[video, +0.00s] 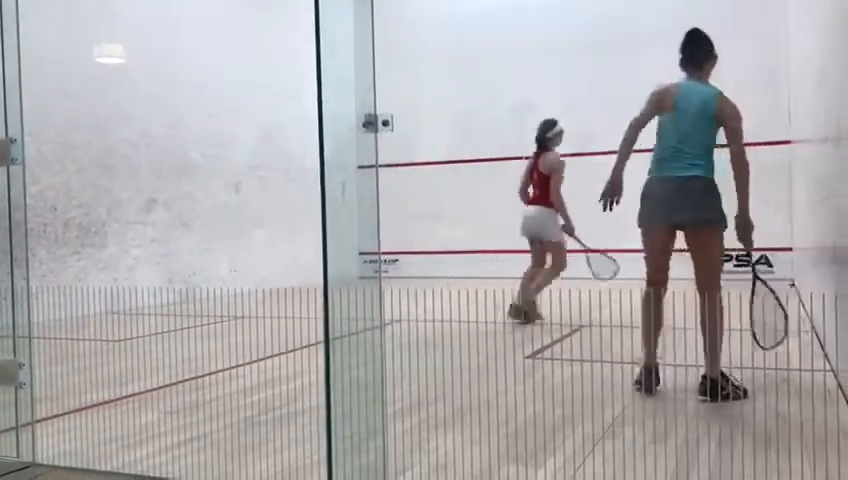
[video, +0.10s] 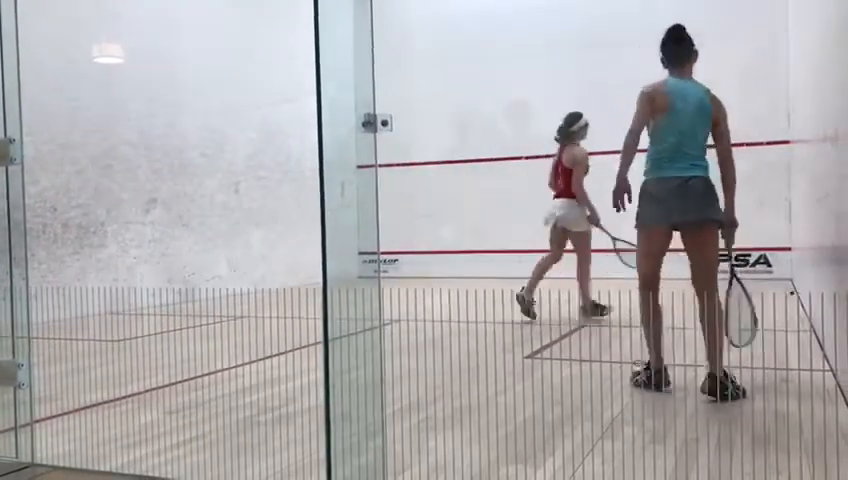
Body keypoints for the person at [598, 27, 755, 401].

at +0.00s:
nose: (714, 65)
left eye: (708, 61)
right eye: (714, 61)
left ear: (682, 62)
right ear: (712, 62)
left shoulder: (663, 94)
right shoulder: (723, 105)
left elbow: (634, 127)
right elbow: (739, 163)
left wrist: (615, 175)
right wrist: (744, 214)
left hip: (657, 196)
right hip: (700, 197)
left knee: (654, 284)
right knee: (709, 289)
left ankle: (648, 369)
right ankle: (713, 376)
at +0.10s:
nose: (682, 63)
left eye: (670, 58)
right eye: (689, 56)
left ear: (662, 59)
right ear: (695, 57)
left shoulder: (650, 94)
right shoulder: (712, 101)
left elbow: (634, 135)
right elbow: (726, 160)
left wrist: (621, 176)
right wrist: (729, 209)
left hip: (657, 195)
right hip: (700, 195)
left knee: (648, 284)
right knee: (707, 289)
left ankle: (656, 369)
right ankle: (716, 375)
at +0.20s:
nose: (663, 64)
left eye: (648, 62)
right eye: (672, 57)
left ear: (645, 62)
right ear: (675, 58)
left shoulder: (639, 97)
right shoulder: (697, 101)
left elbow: (622, 146)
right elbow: (709, 163)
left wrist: (612, 181)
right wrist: (706, 203)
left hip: (649, 197)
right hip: (690, 196)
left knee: (647, 285)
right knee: (704, 286)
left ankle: (658, 366)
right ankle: (721, 371)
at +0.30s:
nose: (625, 70)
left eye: (624, 65)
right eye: (630, 64)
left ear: (625, 65)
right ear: (655, 60)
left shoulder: (622, 102)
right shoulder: (678, 103)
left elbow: (610, 152)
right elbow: (692, 162)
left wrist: (598, 194)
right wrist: (678, 195)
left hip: (635, 204)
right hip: (676, 201)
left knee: (639, 293)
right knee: (692, 286)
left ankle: (658, 368)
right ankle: (717, 363)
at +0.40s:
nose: (603, 77)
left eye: (603, 71)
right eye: (603, 70)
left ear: (607, 69)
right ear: (632, 64)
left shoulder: (606, 103)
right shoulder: (657, 103)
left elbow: (595, 149)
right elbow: (675, 160)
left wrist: (582, 189)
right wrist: (660, 192)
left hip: (620, 202)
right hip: (657, 200)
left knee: (634, 292)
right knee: (660, 281)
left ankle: (657, 370)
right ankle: (695, 345)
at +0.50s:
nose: (580, 82)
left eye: (580, 74)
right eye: (578, 75)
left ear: (589, 70)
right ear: (606, 67)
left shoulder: (590, 105)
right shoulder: (633, 104)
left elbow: (582, 154)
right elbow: (655, 156)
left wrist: (565, 185)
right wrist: (646, 188)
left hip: (608, 200)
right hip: (637, 199)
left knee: (624, 279)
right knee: (613, 277)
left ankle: (653, 361)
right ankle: (654, 348)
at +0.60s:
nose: (554, 90)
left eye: (555, 82)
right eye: (553, 83)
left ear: (568, 77)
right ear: (583, 77)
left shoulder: (573, 112)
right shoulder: (609, 111)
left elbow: (564, 162)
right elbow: (635, 166)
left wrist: (541, 187)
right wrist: (626, 201)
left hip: (596, 205)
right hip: (617, 203)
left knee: (625, 288)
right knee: (578, 275)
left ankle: (655, 366)